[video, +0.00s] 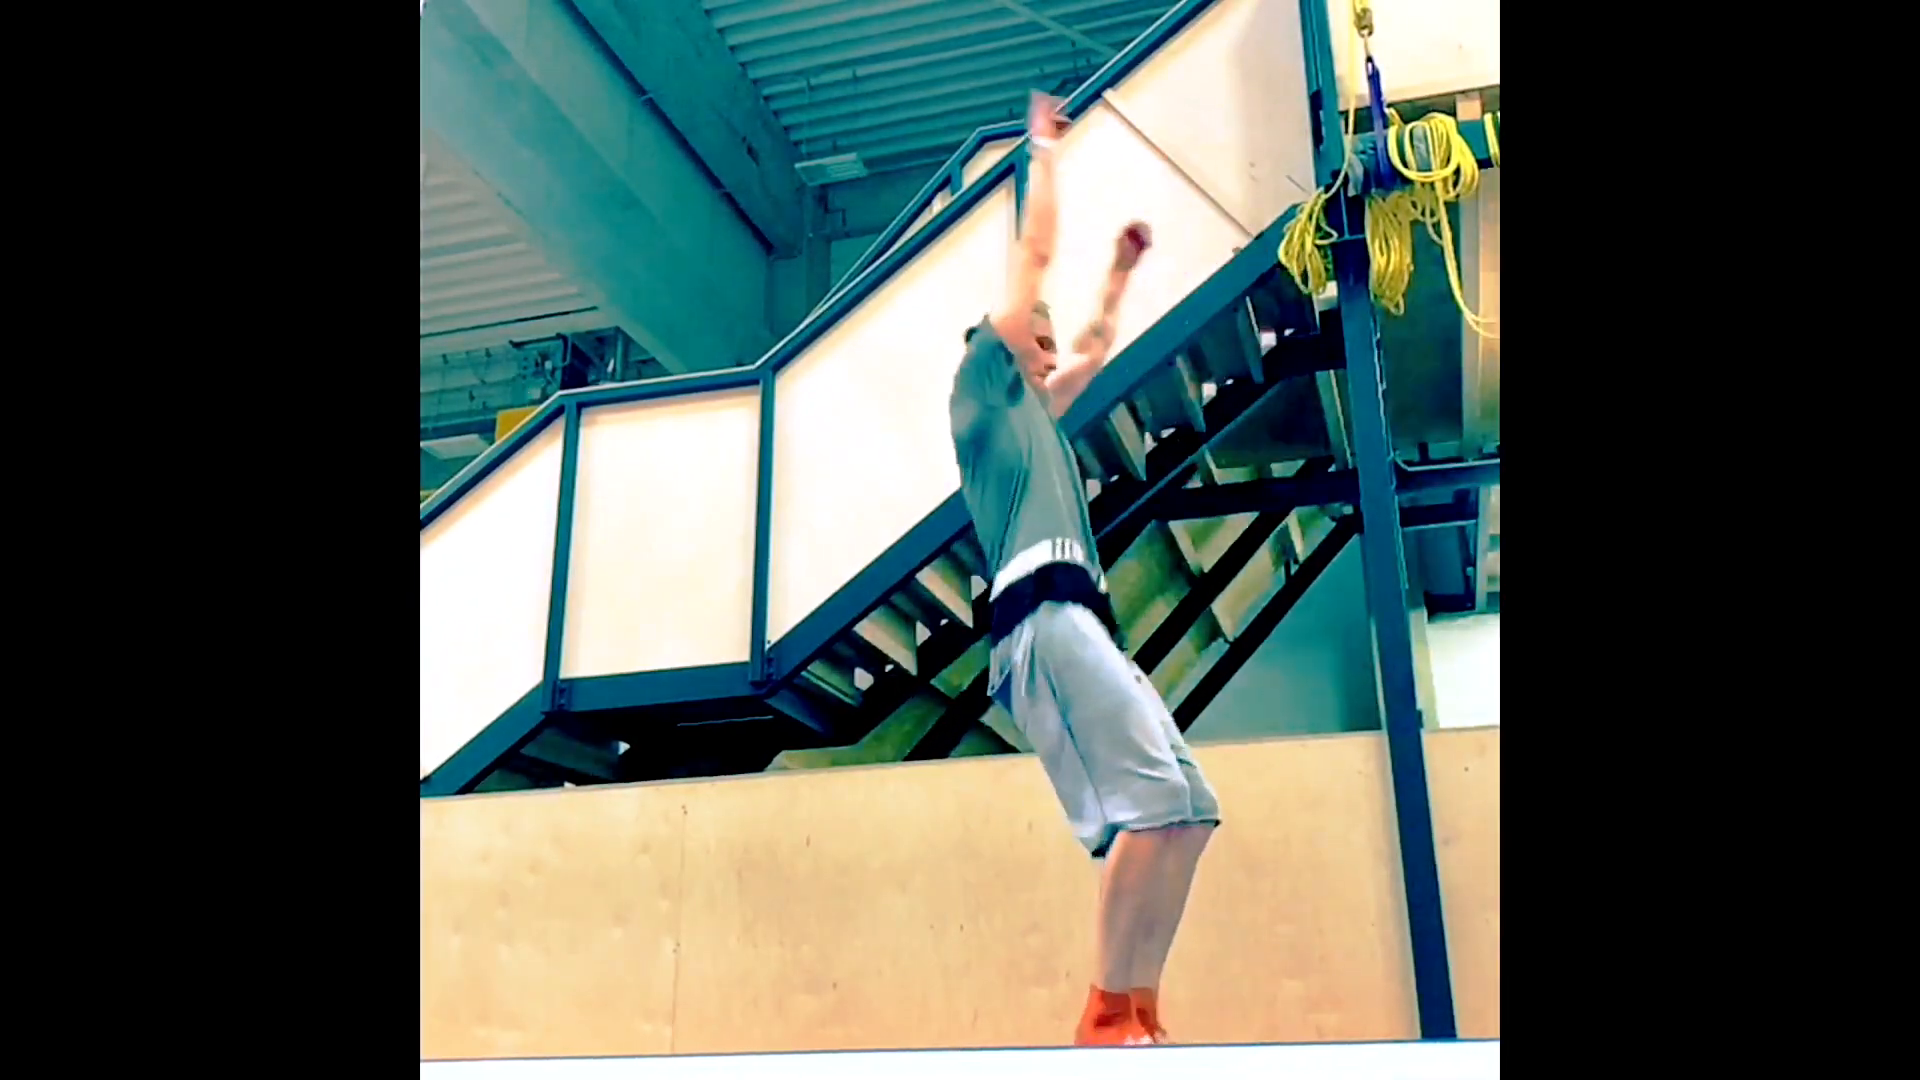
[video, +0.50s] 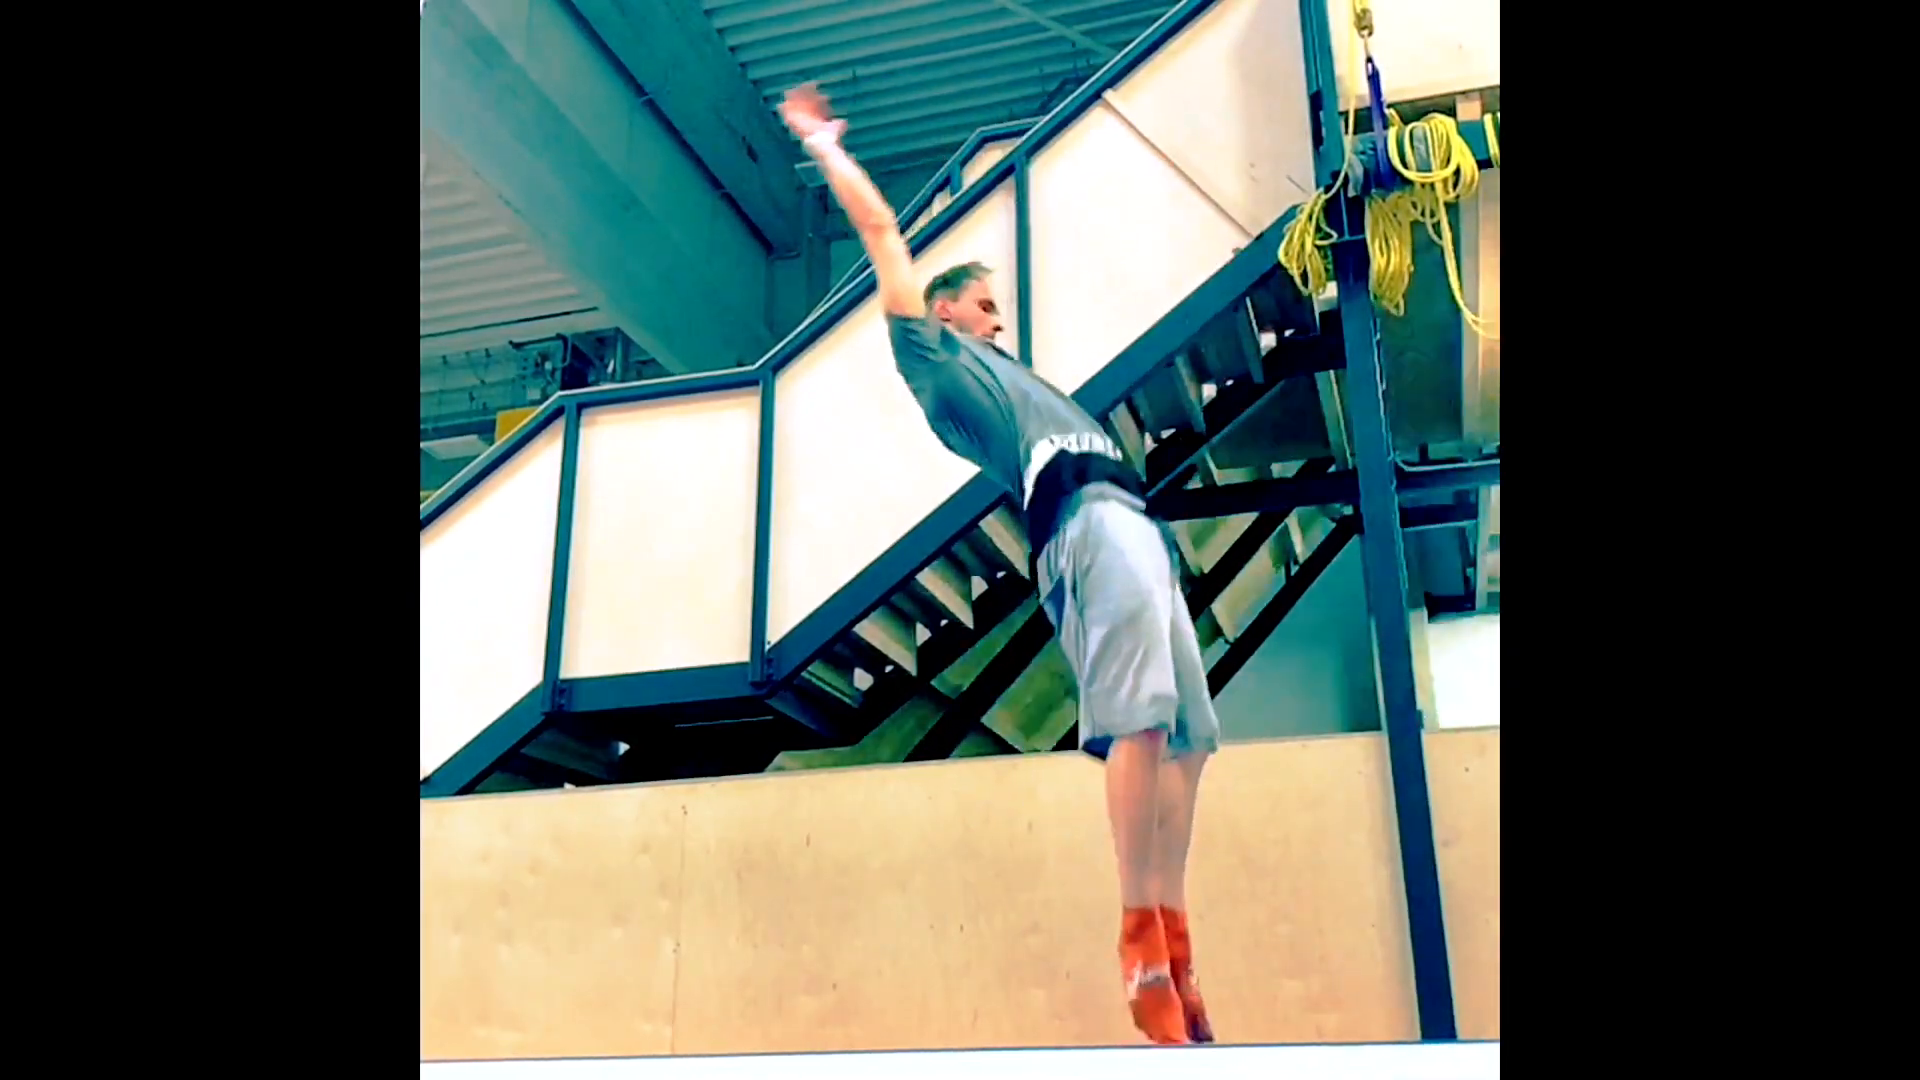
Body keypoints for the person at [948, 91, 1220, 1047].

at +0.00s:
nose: (1047, 342)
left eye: (1049, 334)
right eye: (1036, 328)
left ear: (1039, 355)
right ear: (1004, 336)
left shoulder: (1035, 417)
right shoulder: (985, 385)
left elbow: (1092, 351)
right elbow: (1031, 256)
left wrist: (1119, 272)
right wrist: (1044, 149)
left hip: (1076, 628)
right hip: (1044, 625)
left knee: (1190, 810)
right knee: (1155, 804)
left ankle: (1135, 1015)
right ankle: (1110, 1018)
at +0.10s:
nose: (1039, 339)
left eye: (1041, 333)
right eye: (1026, 326)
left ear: (1034, 352)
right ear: (994, 328)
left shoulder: (1028, 409)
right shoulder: (972, 374)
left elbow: (1067, 343)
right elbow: (999, 235)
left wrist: (1089, 266)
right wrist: (999, 139)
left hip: (1092, 609)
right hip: (1053, 603)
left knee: (1189, 800)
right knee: (1149, 794)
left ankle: (1142, 1006)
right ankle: (1109, 1007)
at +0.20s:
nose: (1030, 341)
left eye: (1033, 335)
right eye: (1015, 330)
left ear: (1030, 349)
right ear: (982, 329)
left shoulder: (1021, 403)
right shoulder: (964, 374)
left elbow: (1044, 344)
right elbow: (968, 225)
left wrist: (1060, 270)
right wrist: (951, 131)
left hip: (1104, 593)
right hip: (1064, 588)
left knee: (1188, 789)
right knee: (1143, 783)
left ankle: (1149, 989)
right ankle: (1116, 986)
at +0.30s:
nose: (1014, 324)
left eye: (1018, 316)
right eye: (998, 316)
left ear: (1018, 328)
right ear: (964, 322)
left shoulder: (1014, 392)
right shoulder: (953, 369)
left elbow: (1024, 344)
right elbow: (937, 226)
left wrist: (1031, 273)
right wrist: (905, 126)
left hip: (1112, 564)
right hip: (1070, 561)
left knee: (1190, 768)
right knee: (1137, 759)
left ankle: (1157, 966)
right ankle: (1126, 968)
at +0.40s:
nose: (1006, 317)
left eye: (1008, 309)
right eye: (993, 307)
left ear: (999, 321)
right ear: (954, 310)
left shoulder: (1011, 382)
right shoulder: (942, 359)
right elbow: (907, 227)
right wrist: (859, 127)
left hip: (1131, 548)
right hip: (1084, 541)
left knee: (1187, 757)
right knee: (1137, 740)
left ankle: (1166, 964)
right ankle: (1136, 953)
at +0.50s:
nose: (998, 310)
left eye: (997, 303)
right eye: (982, 300)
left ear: (983, 320)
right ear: (938, 306)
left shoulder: (1007, 377)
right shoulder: (929, 349)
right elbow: (877, 226)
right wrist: (823, 139)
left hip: (1136, 530)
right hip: (1090, 522)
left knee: (1186, 731)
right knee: (1139, 722)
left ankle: (1172, 934)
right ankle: (1140, 940)